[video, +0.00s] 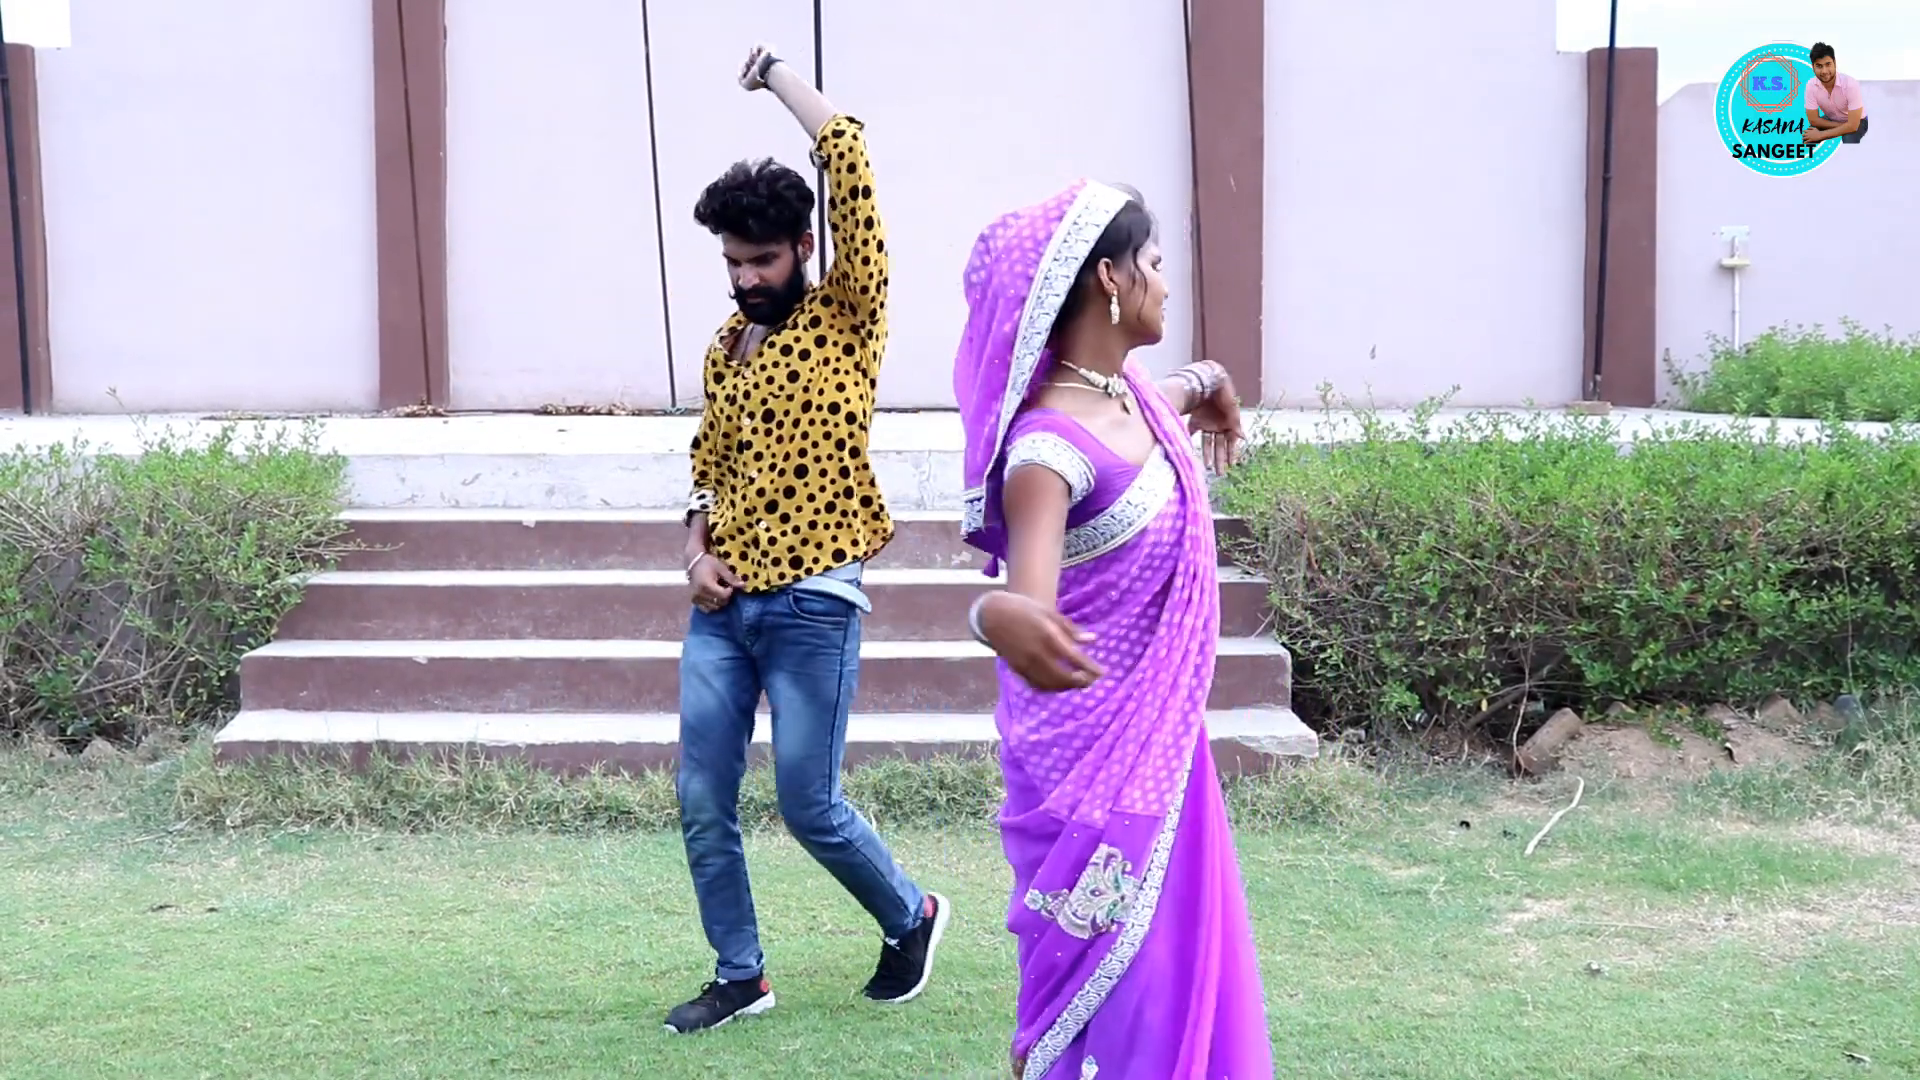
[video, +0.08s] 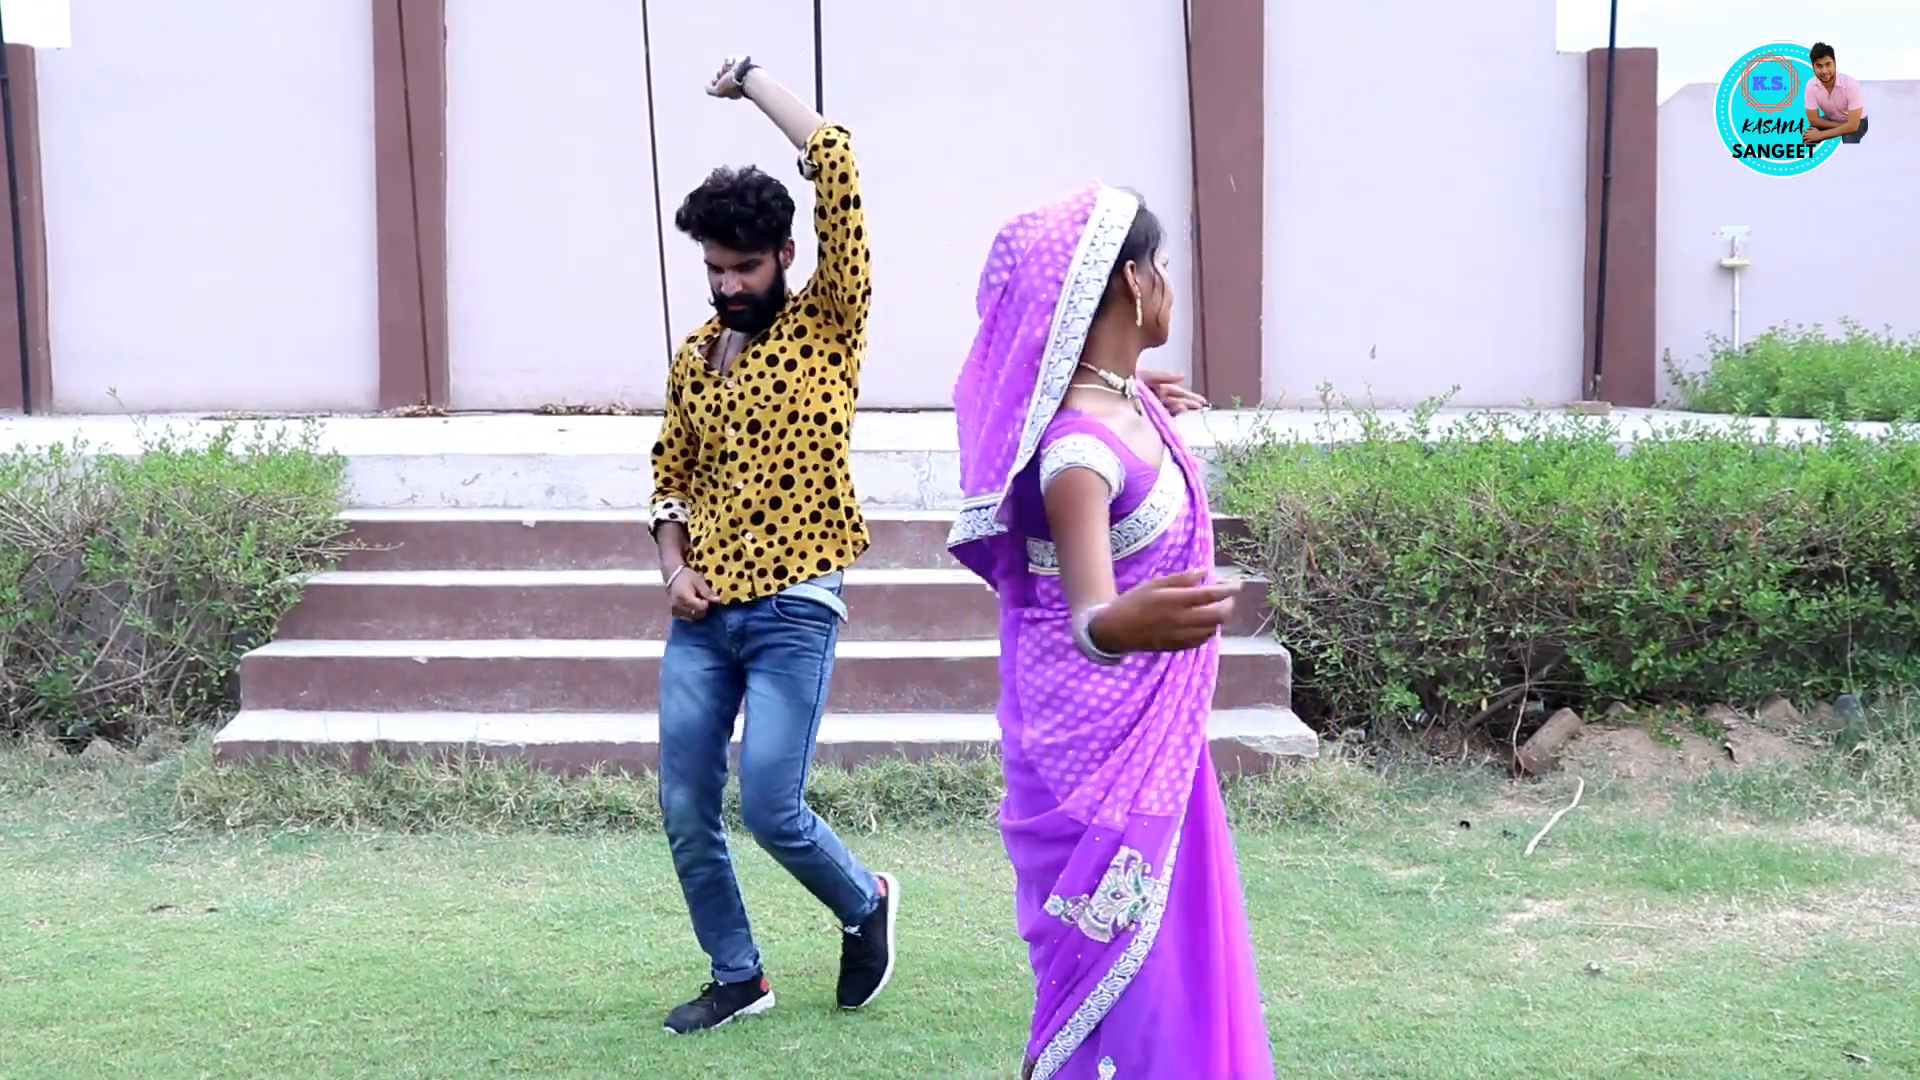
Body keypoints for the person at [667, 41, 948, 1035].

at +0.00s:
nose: (747, 276)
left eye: (762, 260)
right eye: (734, 262)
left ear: (803, 245)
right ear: (723, 254)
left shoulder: (847, 316)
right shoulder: (728, 344)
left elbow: (851, 169)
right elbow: (711, 462)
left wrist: (781, 78)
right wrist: (699, 545)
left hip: (814, 603)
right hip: (723, 605)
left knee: (809, 806)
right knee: (703, 802)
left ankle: (912, 919)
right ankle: (739, 977)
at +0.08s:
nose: (724, 281)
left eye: (740, 266)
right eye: (713, 267)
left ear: (784, 253)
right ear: (701, 259)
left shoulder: (828, 325)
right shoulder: (697, 357)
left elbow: (836, 175)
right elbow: (672, 476)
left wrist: (758, 85)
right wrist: (674, 562)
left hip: (795, 610)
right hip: (703, 614)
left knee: (769, 811)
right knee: (685, 812)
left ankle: (866, 907)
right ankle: (738, 976)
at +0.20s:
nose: (702, 278)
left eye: (719, 262)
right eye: (689, 260)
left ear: (761, 246)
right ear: (675, 247)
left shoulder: (803, 311)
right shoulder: (662, 344)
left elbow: (807, 148)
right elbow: (627, 474)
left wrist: (717, 50)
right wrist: (652, 573)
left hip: (779, 595)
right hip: (686, 604)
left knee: (740, 789)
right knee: (686, 805)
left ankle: (766, 964)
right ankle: (730, 972)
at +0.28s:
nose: (692, 270)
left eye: (710, 254)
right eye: (677, 253)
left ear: (748, 239)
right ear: (658, 240)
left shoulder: (787, 302)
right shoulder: (640, 340)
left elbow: (790, 137)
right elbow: (606, 477)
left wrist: (701, 32)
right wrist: (645, 578)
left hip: (769, 594)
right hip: (677, 606)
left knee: (727, 798)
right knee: (686, 809)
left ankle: (698, 1010)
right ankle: (738, 964)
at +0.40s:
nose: (678, 276)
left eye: (695, 258)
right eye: (662, 258)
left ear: (729, 245)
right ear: (639, 247)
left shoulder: (769, 311)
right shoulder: (612, 353)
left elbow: (768, 140)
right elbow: (583, 498)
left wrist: (679, 27)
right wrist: (638, 597)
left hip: (755, 607)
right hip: (655, 612)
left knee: (704, 814)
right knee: (668, 809)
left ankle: (661, 1030)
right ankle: (731, 958)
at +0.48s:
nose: (669, 288)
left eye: (686, 269)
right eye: (652, 270)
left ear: (718, 254)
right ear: (627, 257)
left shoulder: (759, 322)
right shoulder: (600, 365)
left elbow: (762, 144)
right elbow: (574, 515)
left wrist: (665, 36)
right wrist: (630, 615)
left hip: (746, 624)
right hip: (644, 633)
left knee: (697, 829)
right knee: (629, 838)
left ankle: (661, 1036)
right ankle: (708, 940)